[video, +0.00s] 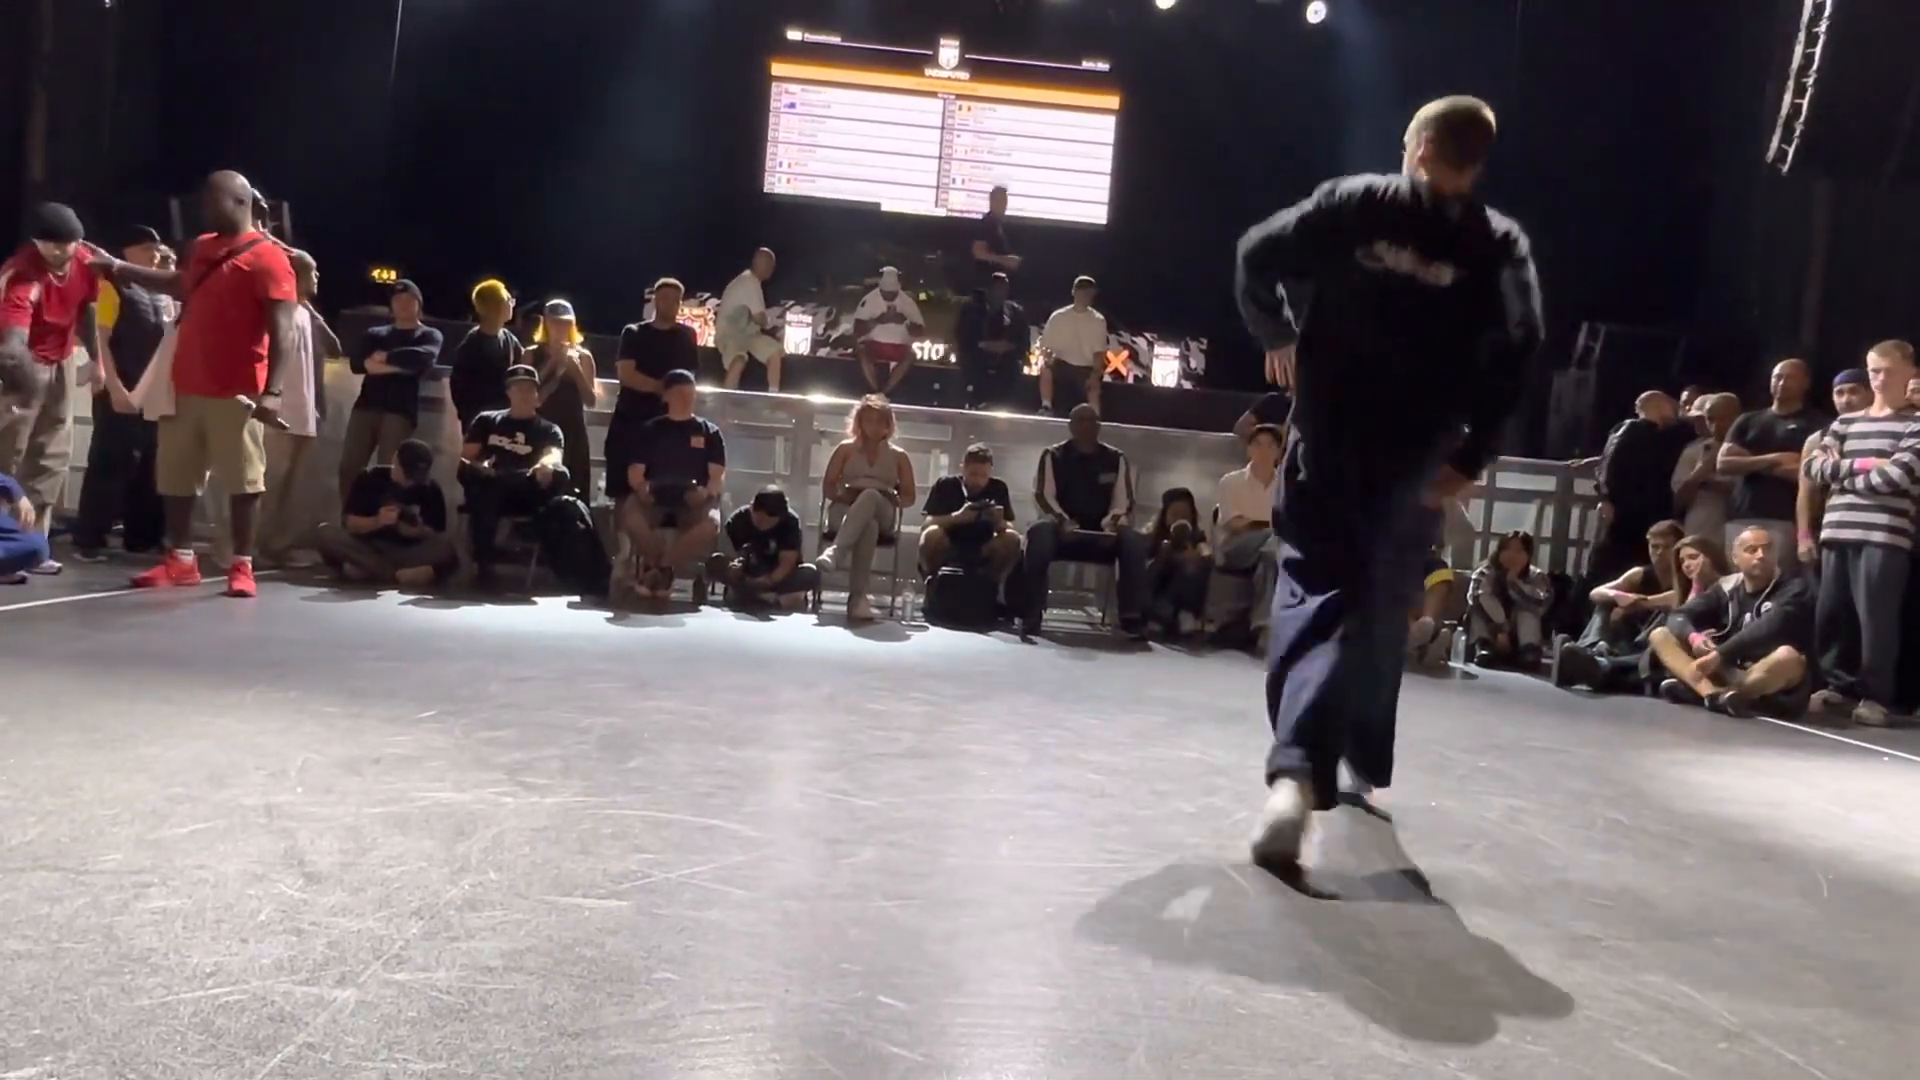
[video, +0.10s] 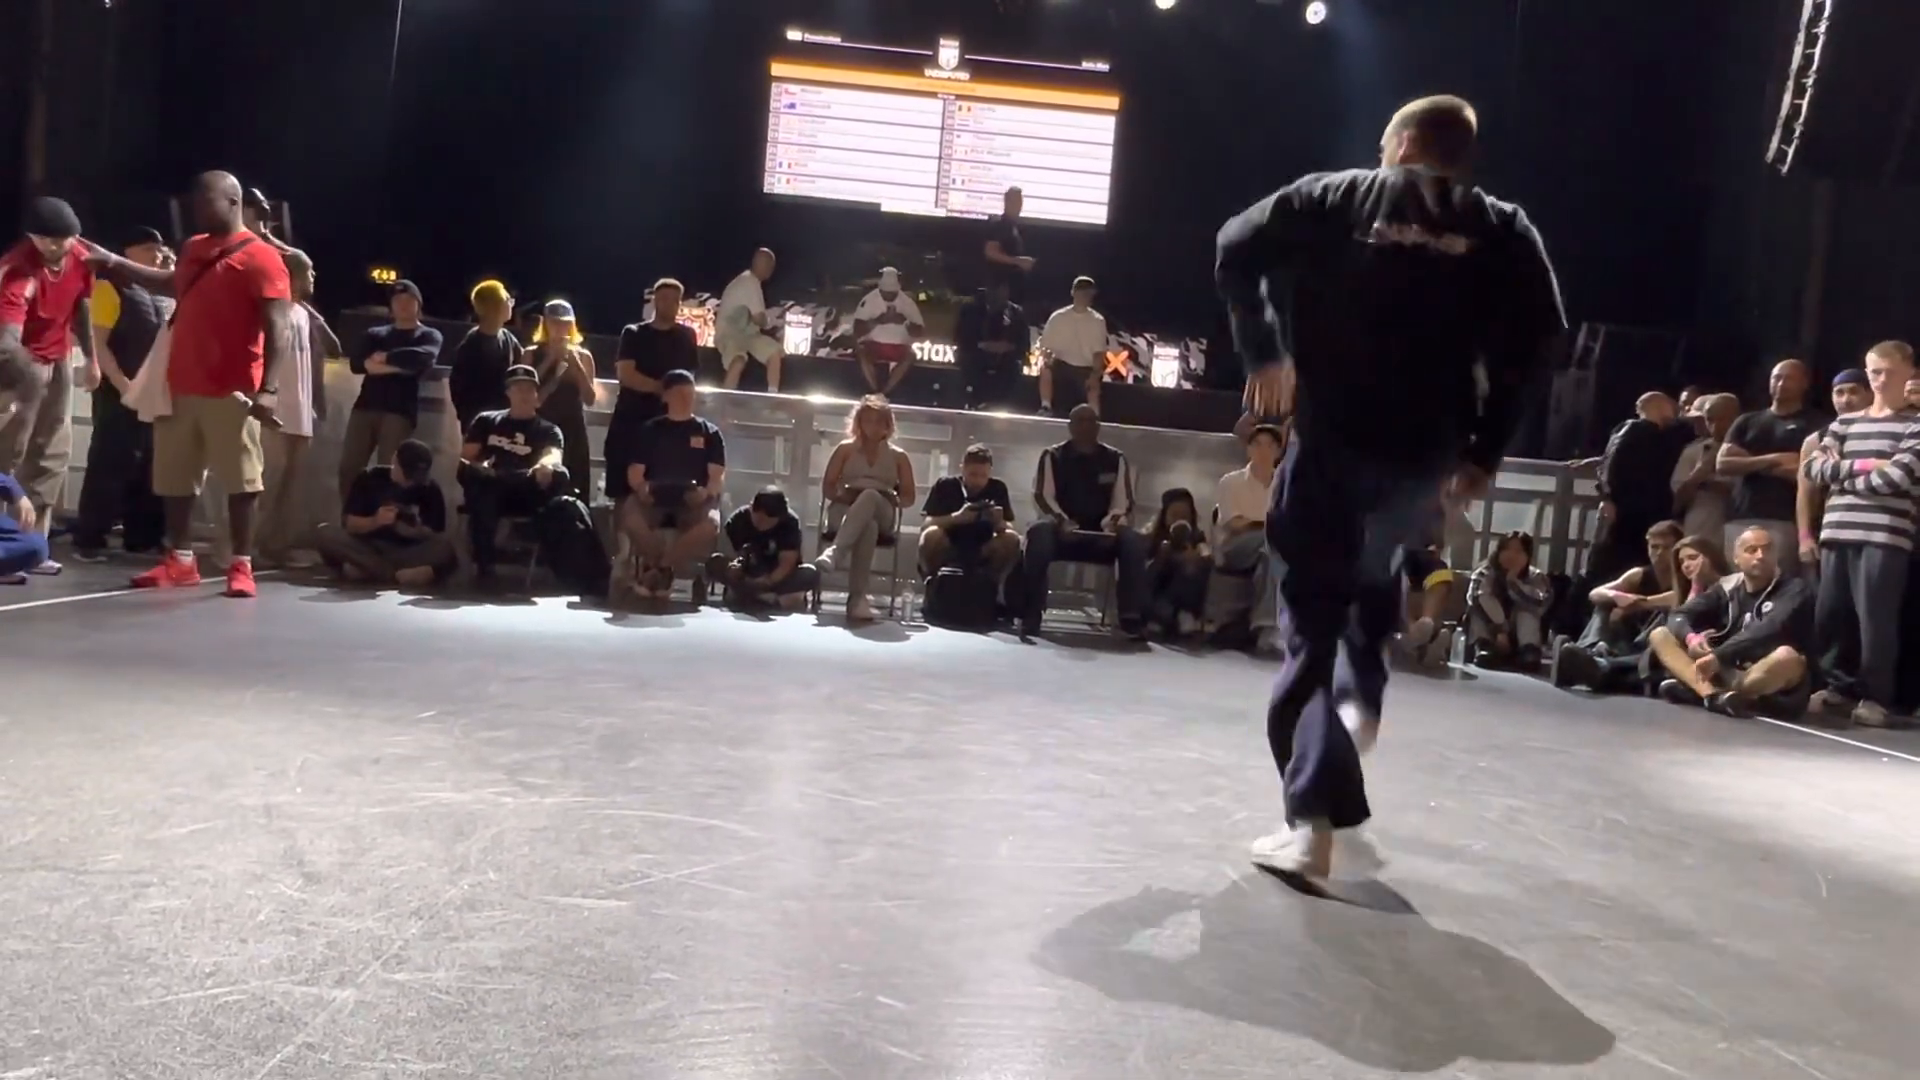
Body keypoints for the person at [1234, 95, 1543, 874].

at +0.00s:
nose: (1411, 158)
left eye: (1413, 147)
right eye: (1430, 155)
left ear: (1414, 147)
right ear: (1482, 163)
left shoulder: (1357, 200)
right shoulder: (1504, 242)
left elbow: (1255, 253)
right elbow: (1522, 343)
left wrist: (1273, 337)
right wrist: (1475, 453)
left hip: (1330, 430)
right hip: (1422, 447)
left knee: (1310, 583)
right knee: (1385, 604)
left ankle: (1293, 768)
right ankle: (1359, 767)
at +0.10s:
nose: (1387, 154)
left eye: (1388, 143)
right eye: (1393, 146)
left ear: (1396, 142)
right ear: (1468, 159)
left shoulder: (1336, 193)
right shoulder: (1507, 229)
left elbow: (1236, 246)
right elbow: (1535, 347)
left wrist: (1261, 354)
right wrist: (1486, 452)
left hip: (1331, 435)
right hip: (1427, 445)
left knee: (1309, 618)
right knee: (1378, 576)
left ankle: (1313, 827)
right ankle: (1360, 704)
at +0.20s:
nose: (1363, 152)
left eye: (1368, 139)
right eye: (1368, 140)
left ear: (1389, 135)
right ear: (1452, 148)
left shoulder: (1342, 201)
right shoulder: (1493, 223)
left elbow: (1268, 316)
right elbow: (1550, 361)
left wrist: (1238, 439)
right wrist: (1512, 496)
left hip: (1339, 450)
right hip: (1440, 455)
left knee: (1315, 646)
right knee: (1397, 562)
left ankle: (1311, 844)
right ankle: (1383, 660)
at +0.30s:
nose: (1360, 86)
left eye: (1365, 70)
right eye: (1364, 72)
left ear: (1392, 64)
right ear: (1457, 74)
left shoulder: (1340, 140)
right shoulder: (1515, 161)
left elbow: (1259, 241)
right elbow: (1624, 243)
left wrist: (1252, 354)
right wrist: (1529, 359)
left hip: (1343, 428)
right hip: (1453, 434)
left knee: (1309, 634)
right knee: (1411, 644)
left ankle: (1306, 844)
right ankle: (1422, 770)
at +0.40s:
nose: (1369, 23)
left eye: (1378, 10)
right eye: (1373, 13)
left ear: (1410, 12)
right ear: (1476, 17)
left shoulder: (1356, 80)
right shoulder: (1549, 100)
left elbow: (1258, 182)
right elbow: (1661, 137)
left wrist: (1240, 263)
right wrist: (1562, 276)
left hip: (1377, 396)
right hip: (1493, 408)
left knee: (1323, 605)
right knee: (1448, 628)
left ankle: (1290, 825)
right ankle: (1463, 880)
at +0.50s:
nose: (1376, 32)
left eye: (1381, 20)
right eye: (1379, 23)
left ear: (1411, 15)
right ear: (1486, 17)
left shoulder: (1398, 80)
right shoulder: (1580, 106)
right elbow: (1670, 210)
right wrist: (1596, 352)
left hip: (1414, 418)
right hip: (1540, 432)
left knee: (1340, 595)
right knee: (1470, 667)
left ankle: (1312, 786)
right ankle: (1500, 966)